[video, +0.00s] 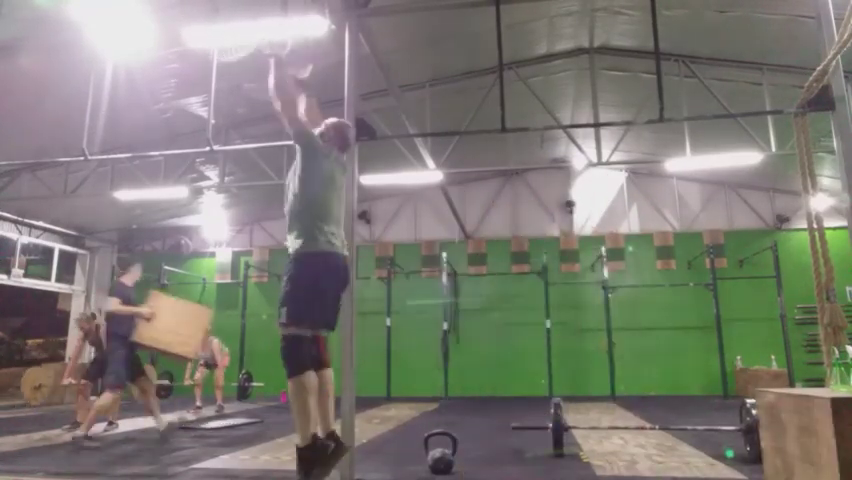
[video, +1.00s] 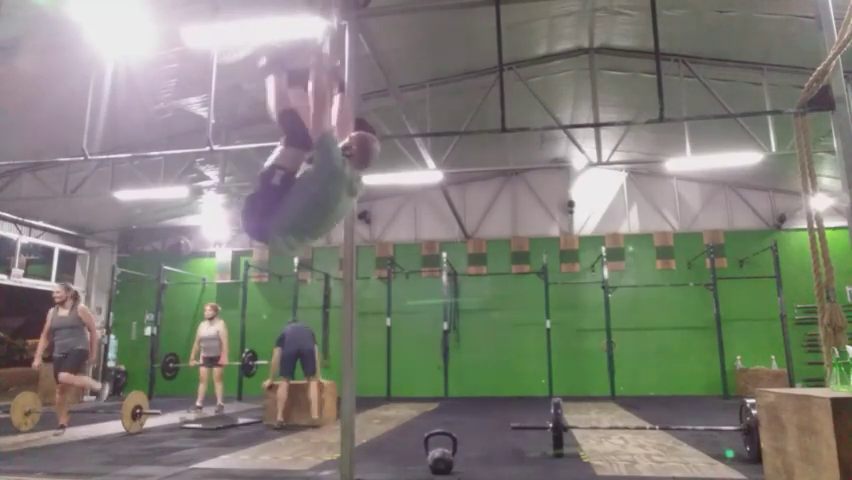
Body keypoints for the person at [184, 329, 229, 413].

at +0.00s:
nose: (204, 336)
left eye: (206, 333)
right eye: (202, 334)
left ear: (208, 333)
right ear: (200, 334)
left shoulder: (214, 342)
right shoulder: (197, 343)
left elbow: (219, 356)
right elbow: (190, 360)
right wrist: (187, 378)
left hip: (217, 362)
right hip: (205, 361)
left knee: (218, 383)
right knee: (197, 379)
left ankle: (219, 403)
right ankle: (198, 403)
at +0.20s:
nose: (207, 314)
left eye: (209, 312)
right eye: (206, 311)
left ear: (213, 313)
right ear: (203, 312)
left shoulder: (215, 328)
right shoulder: (201, 328)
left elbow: (217, 345)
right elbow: (195, 344)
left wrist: (218, 357)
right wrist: (192, 357)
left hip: (213, 358)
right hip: (203, 359)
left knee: (211, 381)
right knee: (202, 380)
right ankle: (199, 401)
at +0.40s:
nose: (203, 317)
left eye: (206, 315)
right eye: (202, 315)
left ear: (212, 317)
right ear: (201, 317)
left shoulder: (218, 329)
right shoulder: (199, 330)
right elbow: (194, 347)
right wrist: (190, 363)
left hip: (218, 356)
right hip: (204, 356)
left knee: (218, 378)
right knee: (200, 377)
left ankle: (219, 403)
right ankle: (198, 403)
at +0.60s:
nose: (196, 348)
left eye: (198, 346)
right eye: (195, 346)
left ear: (204, 346)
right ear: (194, 346)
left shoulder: (213, 353)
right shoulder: (194, 354)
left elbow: (217, 371)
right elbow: (190, 371)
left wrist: (219, 392)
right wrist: (184, 389)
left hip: (220, 365)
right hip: (205, 368)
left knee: (215, 380)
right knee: (194, 379)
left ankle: (219, 403)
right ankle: (197, 404)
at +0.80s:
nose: (201, 318)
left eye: (204, 316)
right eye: (200, 316)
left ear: (210, 317)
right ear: (199, 317)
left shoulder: (216, 328)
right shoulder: (198, 329)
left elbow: (222, 345)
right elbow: (194, 346)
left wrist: (223, 362)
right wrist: (190, 362)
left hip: (217, 355)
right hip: (204, 355)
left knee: (218, 378)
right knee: (201, 376)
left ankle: (219, 402)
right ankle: (198, 403)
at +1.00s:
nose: (206, 313)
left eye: (209, 310)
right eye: (205, 310)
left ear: (215, 312)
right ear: (204, 312)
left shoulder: (220, 324)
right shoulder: (202, 325)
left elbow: (224, 341)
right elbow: (197, 342)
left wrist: (224, 357)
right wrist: (192, 358)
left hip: (217, 354)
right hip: (204, 354)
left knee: (217, 378)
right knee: (202, 379)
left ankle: (219, 403)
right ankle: (199, 403)